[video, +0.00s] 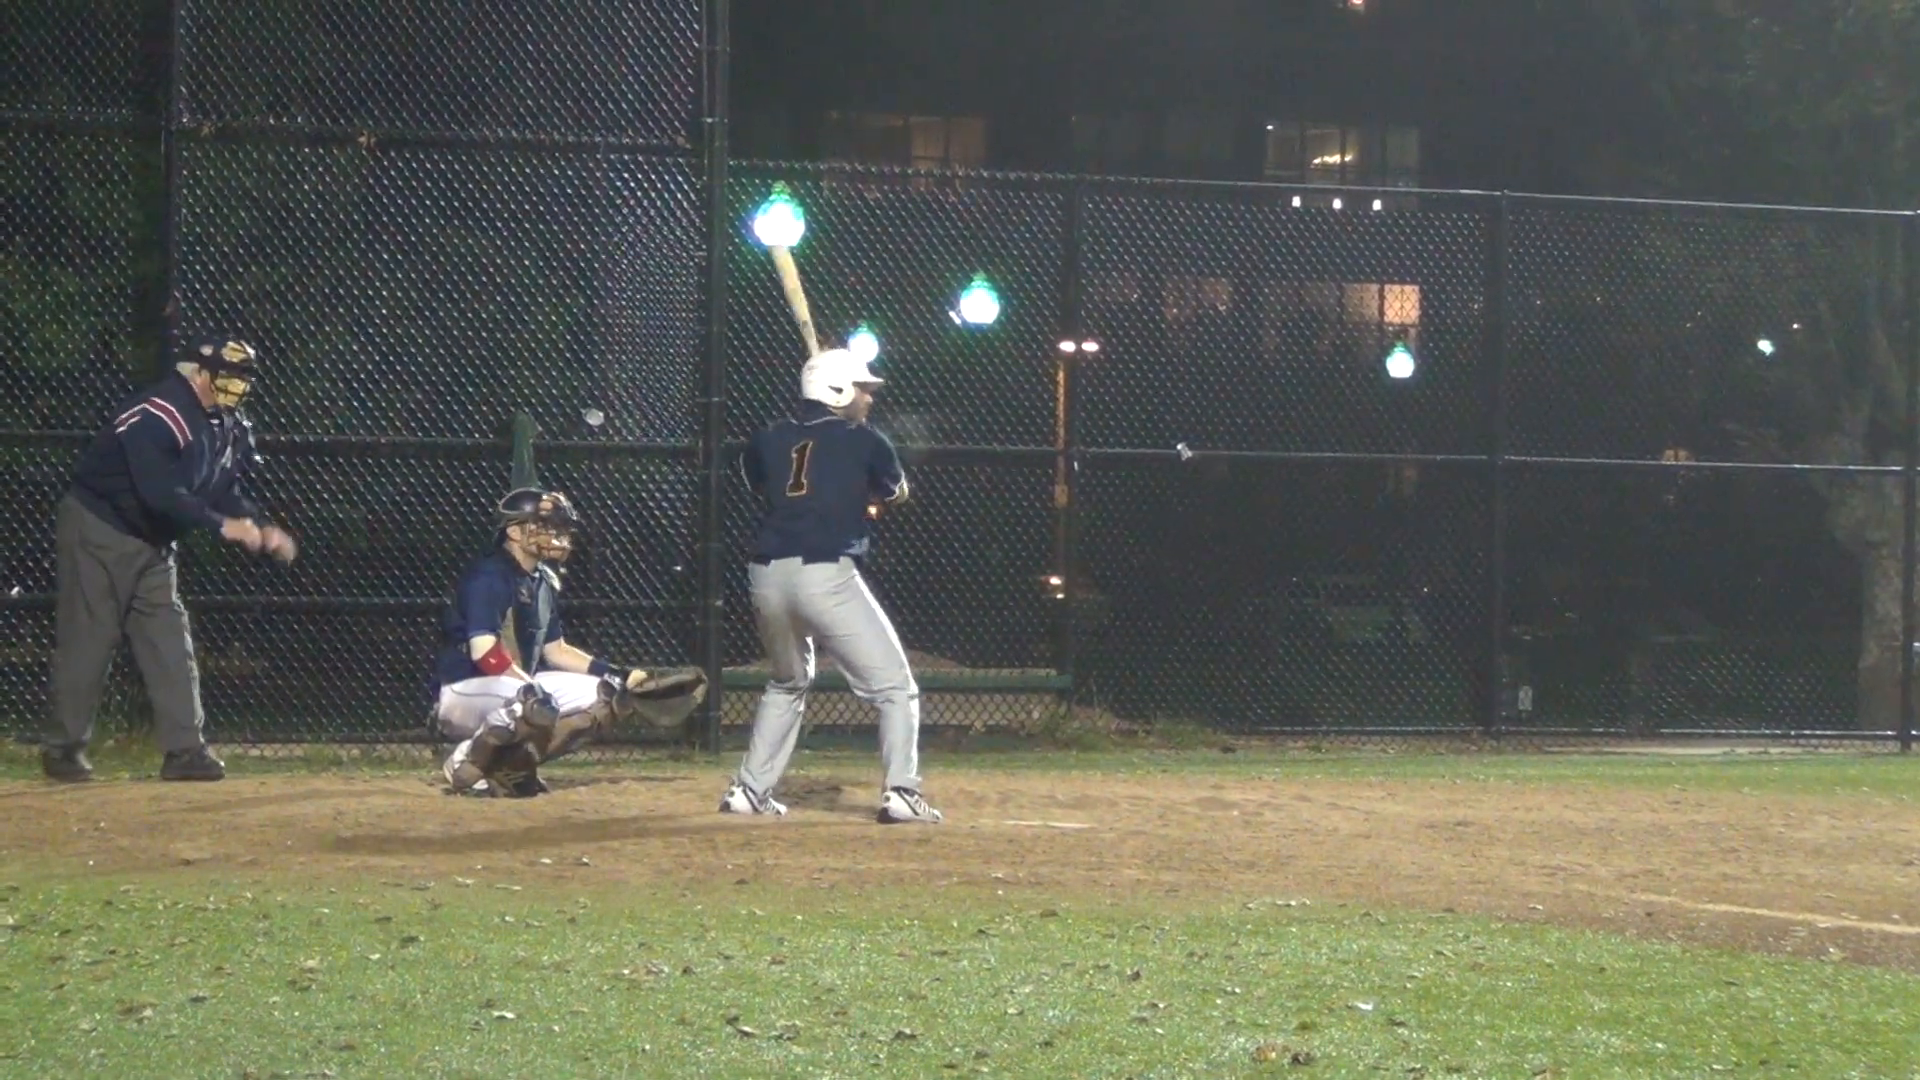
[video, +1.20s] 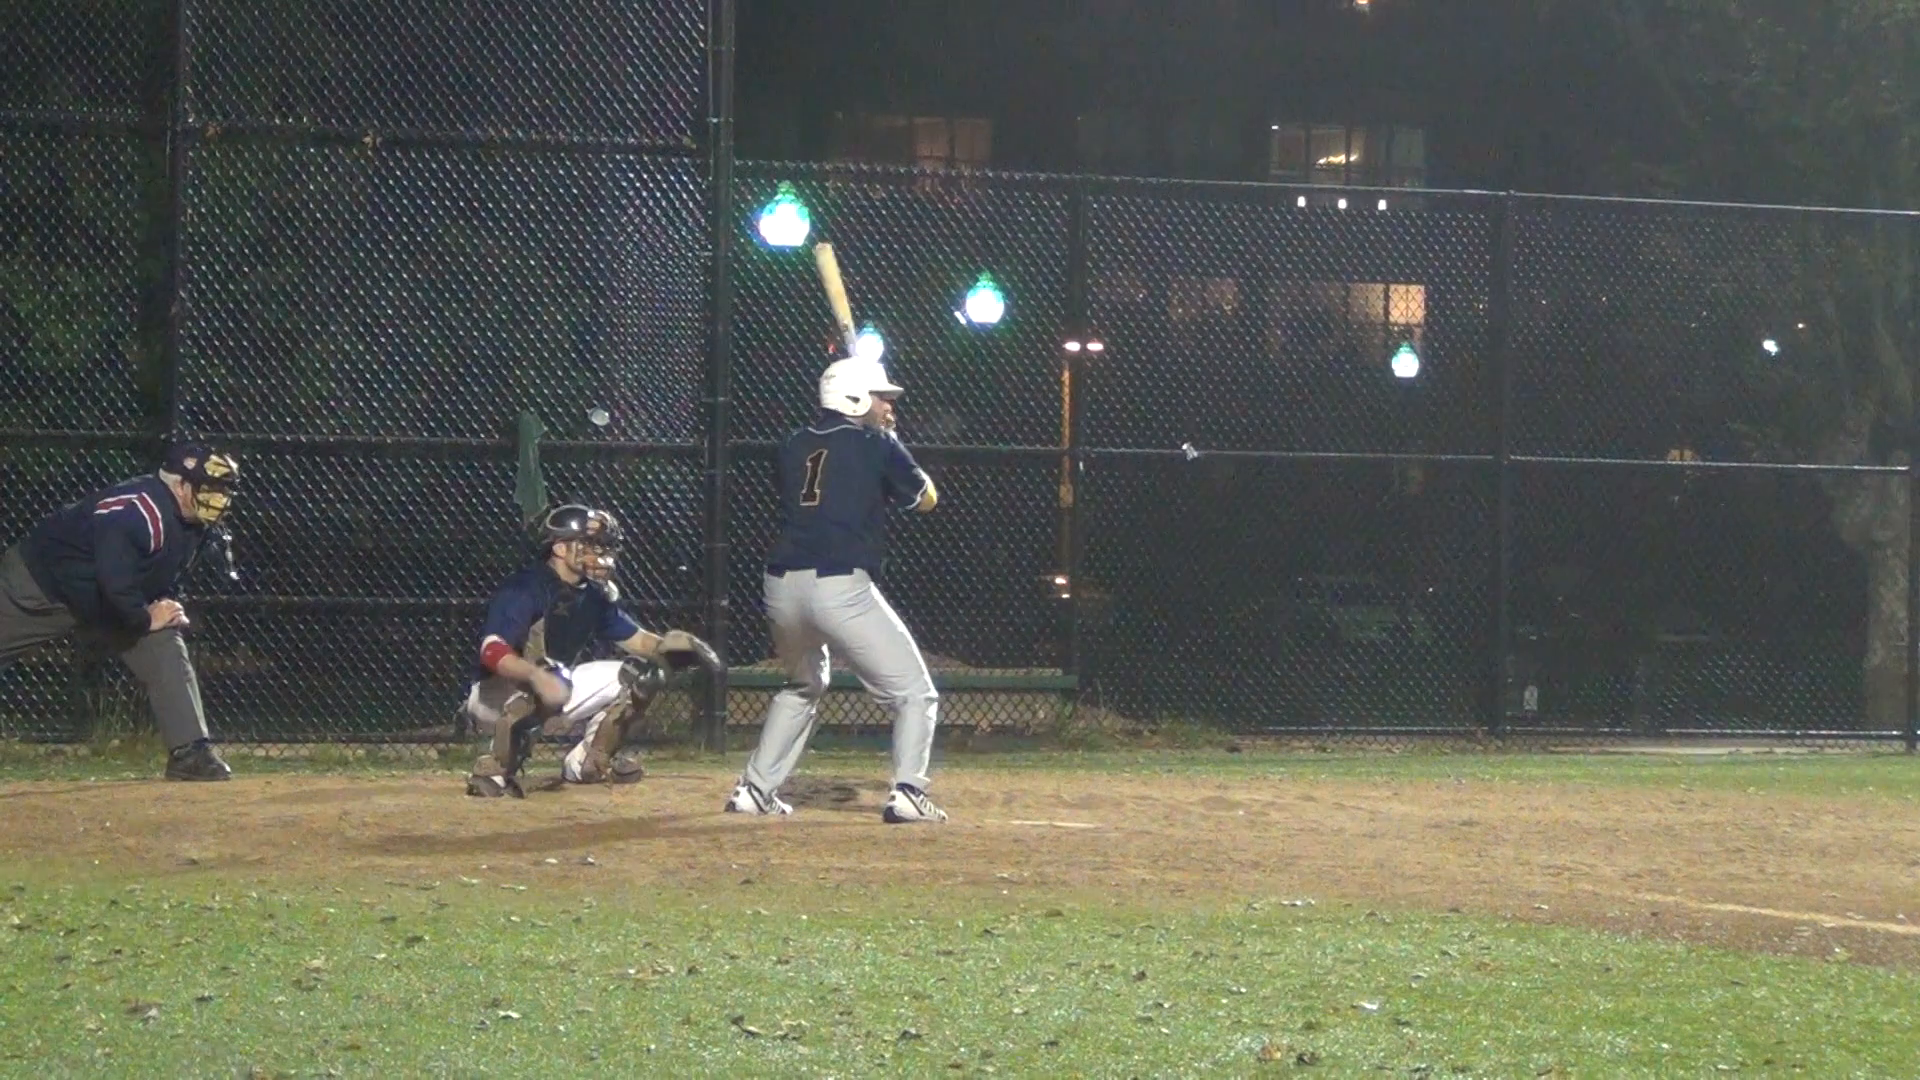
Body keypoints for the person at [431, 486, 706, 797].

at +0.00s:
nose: (552, 536)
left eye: (554, 529)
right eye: (542, 527)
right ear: (514, 533)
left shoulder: (540, 580)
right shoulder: (487, 576)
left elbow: (556, 650)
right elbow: (485, 653)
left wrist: (619, 675)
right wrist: (535, 693)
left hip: (515, 683)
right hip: (463, 691)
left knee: (606, 694)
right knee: (536, 705)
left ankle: (512, 766)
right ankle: (465, 767)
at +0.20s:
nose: (562, 518)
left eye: (564, 510)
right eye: (552, 509)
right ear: (523, 512)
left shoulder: (547, 562)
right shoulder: (494, 560)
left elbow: (555, 623)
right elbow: (487, 634)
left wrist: (615, 656)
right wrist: (546, 655)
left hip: (519, 661)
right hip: (463, 664)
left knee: (599, 685)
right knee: (538, 684)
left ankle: (516, 766)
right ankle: (467, 767)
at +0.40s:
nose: (567, 483)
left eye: (569, 475)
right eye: (557, 474)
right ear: (528, 477)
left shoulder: (555, 521)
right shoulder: (495, 522)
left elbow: (558, 575)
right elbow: (499, 601)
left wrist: (603, 606)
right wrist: (565, 614)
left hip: (521, 621)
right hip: (465, 625)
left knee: (598, 653)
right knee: (536, 660)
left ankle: (542, 751)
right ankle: (483, 760)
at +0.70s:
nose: (578, 537)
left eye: (580, 529)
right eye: (568, 529)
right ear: (537, 531)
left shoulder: (569, 571)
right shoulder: (506, 573)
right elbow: (528, 640)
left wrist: (601, 613)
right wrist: (594, 627)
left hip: (536, 667)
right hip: (473, 675)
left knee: (624, 664)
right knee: (534, 686)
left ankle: (585, 763)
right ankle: (484, 771)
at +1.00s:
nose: (590, 550)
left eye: (592, 543)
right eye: (580, 543)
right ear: (551, 546)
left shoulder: (587, 589)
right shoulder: (519, 584)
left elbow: (601, 634)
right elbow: (514, 646)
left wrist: (634, 638)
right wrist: (587, 643)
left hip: (554, 682)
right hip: (488, 690)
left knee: (638, 675)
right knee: (544, 682)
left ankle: (586, 764)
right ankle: (491, 773)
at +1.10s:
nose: (594, 552)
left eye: (596, 544)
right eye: (585, 544)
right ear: (555, 547)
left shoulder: (589, 593)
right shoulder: (521, 585)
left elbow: (627, 639)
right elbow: (502, 649)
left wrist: (657, 642)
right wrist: (563, 654)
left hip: (559, 686)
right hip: (492, 690)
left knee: (639, 674)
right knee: (551, 681)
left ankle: (589, 762)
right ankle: (492, 772)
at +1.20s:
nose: (599, 554)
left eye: (600, 546)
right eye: (589, 546)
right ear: (560, 550)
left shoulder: (593, 593)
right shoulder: (527, 586)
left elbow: (634, 637)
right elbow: (491, 650)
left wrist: (673, 647)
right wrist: (536, 676)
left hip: (555, 688)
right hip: (496, 691)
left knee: (637, 677)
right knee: (548, 680)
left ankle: (589, 764)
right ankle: (493, 772)